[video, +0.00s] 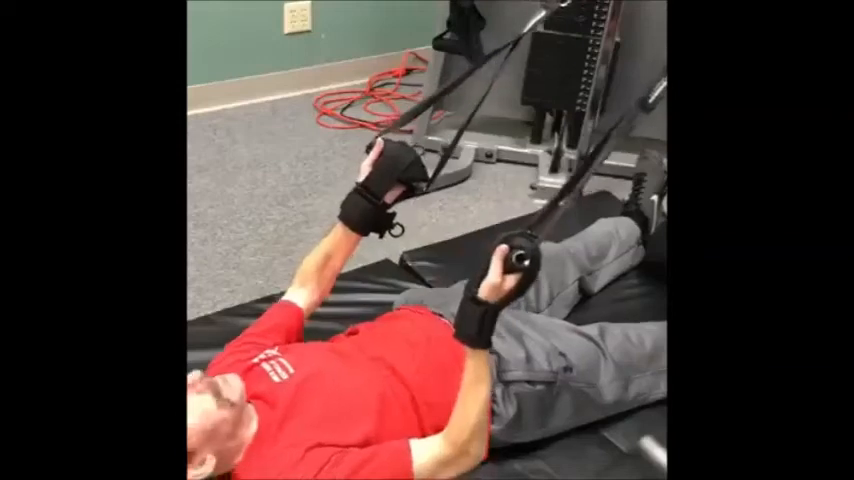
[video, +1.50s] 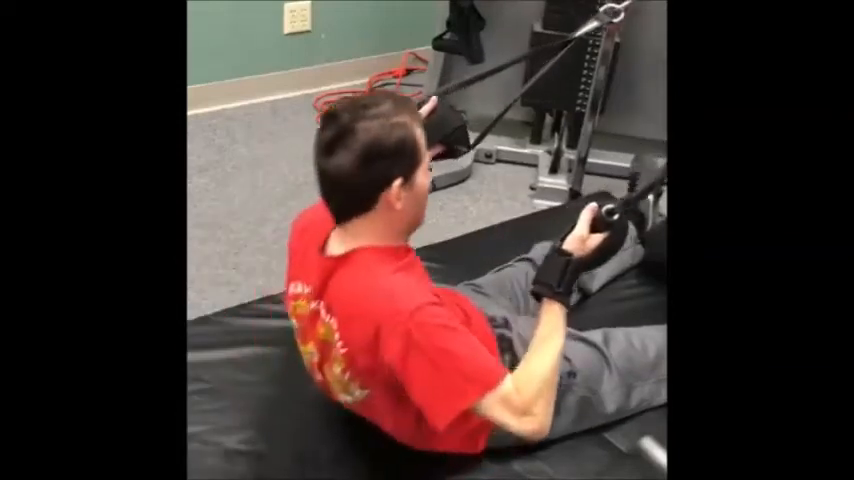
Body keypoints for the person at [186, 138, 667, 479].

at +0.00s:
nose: (201, 378)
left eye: (186, 380)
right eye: (193, 402)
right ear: (200, 463)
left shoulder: (237, 361)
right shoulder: (290, 471)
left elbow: (308, 289)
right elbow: (458, 450)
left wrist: (365, 203)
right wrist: (481, 317)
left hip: (428, 315)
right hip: (486, 387)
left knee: (544, 266)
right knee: (638, 354)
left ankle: (635, 225)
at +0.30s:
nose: (234, 337)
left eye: (216, 337)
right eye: (222, 354)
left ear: (222, 329)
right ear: (220, 420)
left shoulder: (251, 340)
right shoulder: (301, 462)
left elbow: (312, 271)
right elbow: (473, 448)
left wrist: (372, 190)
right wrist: (495, 311)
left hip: (437, 311)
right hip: (494, 378)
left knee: (546, 267)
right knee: (636, 355)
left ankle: (635, 224)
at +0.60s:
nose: (284, 282)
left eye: (269, 278)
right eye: (271, 293)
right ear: (252, 354)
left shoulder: (274, 315)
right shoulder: (324, 433)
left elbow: (320, 251)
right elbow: (487, 438)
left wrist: (375, 188)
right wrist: (507, 307)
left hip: (446, 306)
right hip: (500, 373)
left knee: (555, 261)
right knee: (645, 355)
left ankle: (632, 224)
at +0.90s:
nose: (332, 236)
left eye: (319, 231)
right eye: (319, 243)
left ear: (286, 295)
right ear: (292, 295)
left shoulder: (270, 302)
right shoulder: (341, 396)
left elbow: (328, 237)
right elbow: (496, 432)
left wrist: (383, 179)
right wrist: (519, 292)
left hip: (454, 306)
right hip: (507, 377)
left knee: (605, 230)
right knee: (653, 351)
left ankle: (636, 222)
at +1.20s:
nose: (381, 198)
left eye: (372, 189)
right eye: (371, 197)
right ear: (340, 238)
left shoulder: (282, 268)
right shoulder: (371, 355)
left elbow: (324, 206)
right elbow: (512, 424)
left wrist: (395, 161)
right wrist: (539, 284)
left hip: (454, 304)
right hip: (506, 369)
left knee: (559, 259)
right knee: (659, 349)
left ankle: (634, 221)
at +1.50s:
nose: (429, 177)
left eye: (428, 165)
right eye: (425, 169)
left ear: (336, 184)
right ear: (394, 195)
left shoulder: (310, 228)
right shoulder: (409, 318)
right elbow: (527, 416)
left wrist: (406, 142)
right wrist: (559, 277)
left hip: (456, 307)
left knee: (558, 258)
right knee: (661, 348)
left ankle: (638, 221)